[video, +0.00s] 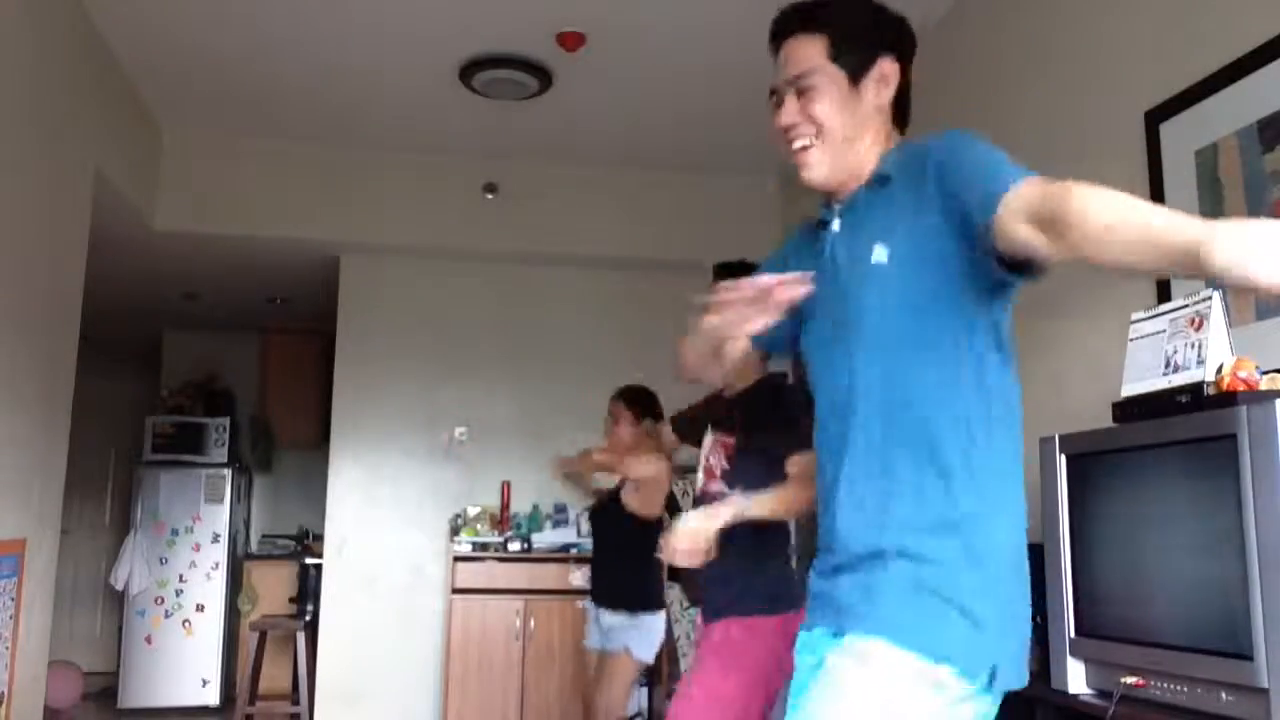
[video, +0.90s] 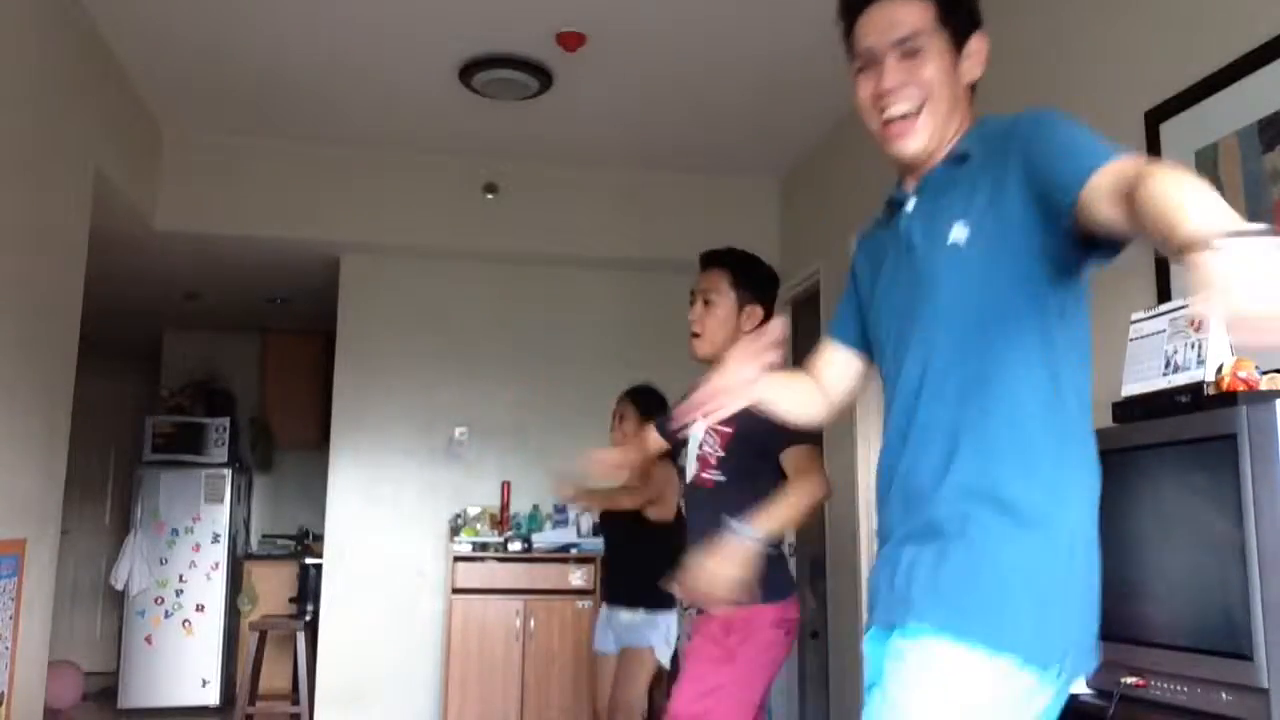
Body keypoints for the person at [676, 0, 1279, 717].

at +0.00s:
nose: (784, 117)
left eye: (804, 89)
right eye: (778, 98)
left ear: (880, 82)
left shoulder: (941, 169)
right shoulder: (807, 249)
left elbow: (1050, 214)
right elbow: (704, 373)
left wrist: (1219, 245)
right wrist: (719, 334)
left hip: (933, 597)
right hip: (841, 596)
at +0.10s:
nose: (788, 87)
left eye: (804, 60)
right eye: (784, 71)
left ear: (880, 45)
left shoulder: (953, 124)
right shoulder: (808, 206)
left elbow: (1084, 164)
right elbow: (712, 313)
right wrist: (606, 351)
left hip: (942, 569)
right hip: (840, 566)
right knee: (831, 709)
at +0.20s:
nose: (799, 76)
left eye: (811, 46)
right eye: (794, 58)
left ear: (889, 27)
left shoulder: (977, 112)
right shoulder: (820, 198)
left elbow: (1125, 157)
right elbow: (721, 313)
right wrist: (555, 403)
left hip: (962, 550)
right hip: (841, 547)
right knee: (809, 714)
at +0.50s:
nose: (841, 76)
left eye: (858, 44)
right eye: (826, 61)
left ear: (933, 35)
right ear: (826, 78)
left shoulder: (1006, 118)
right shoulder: (858, 204)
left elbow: (1183, 137)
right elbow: (743, 322)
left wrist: (964, 212)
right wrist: (576, 396)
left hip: (996, 594)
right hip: (857, 593)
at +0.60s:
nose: (857, 66)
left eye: (881, 36)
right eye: (840, 49)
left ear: (946, 35)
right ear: (830, 66)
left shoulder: (1004, 117)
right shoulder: (849, 211)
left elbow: (1143, 146)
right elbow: (775, 337)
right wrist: (683, 343)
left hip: (983, 561)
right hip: (864, 560)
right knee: (857, 715)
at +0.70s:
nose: (859, 89)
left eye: (883, 59)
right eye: (842, 71)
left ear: (947, 65)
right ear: (830, 90)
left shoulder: (995, 155)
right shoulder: (868, 237)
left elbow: (1103, 207)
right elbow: (832, 416)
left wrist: (1271, 238)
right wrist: (800, 354)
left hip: (973, 593)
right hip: (881, 591)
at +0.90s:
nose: (885, 83)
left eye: (910, 51)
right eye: (866, 64)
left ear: (971, 57)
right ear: (852, 85)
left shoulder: (1025, 147)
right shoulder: (877, 246)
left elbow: (1134, 188)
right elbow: (819, 393)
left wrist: (1211, 240)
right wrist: (755, 381)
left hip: (1001, 580)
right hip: (906, 581)